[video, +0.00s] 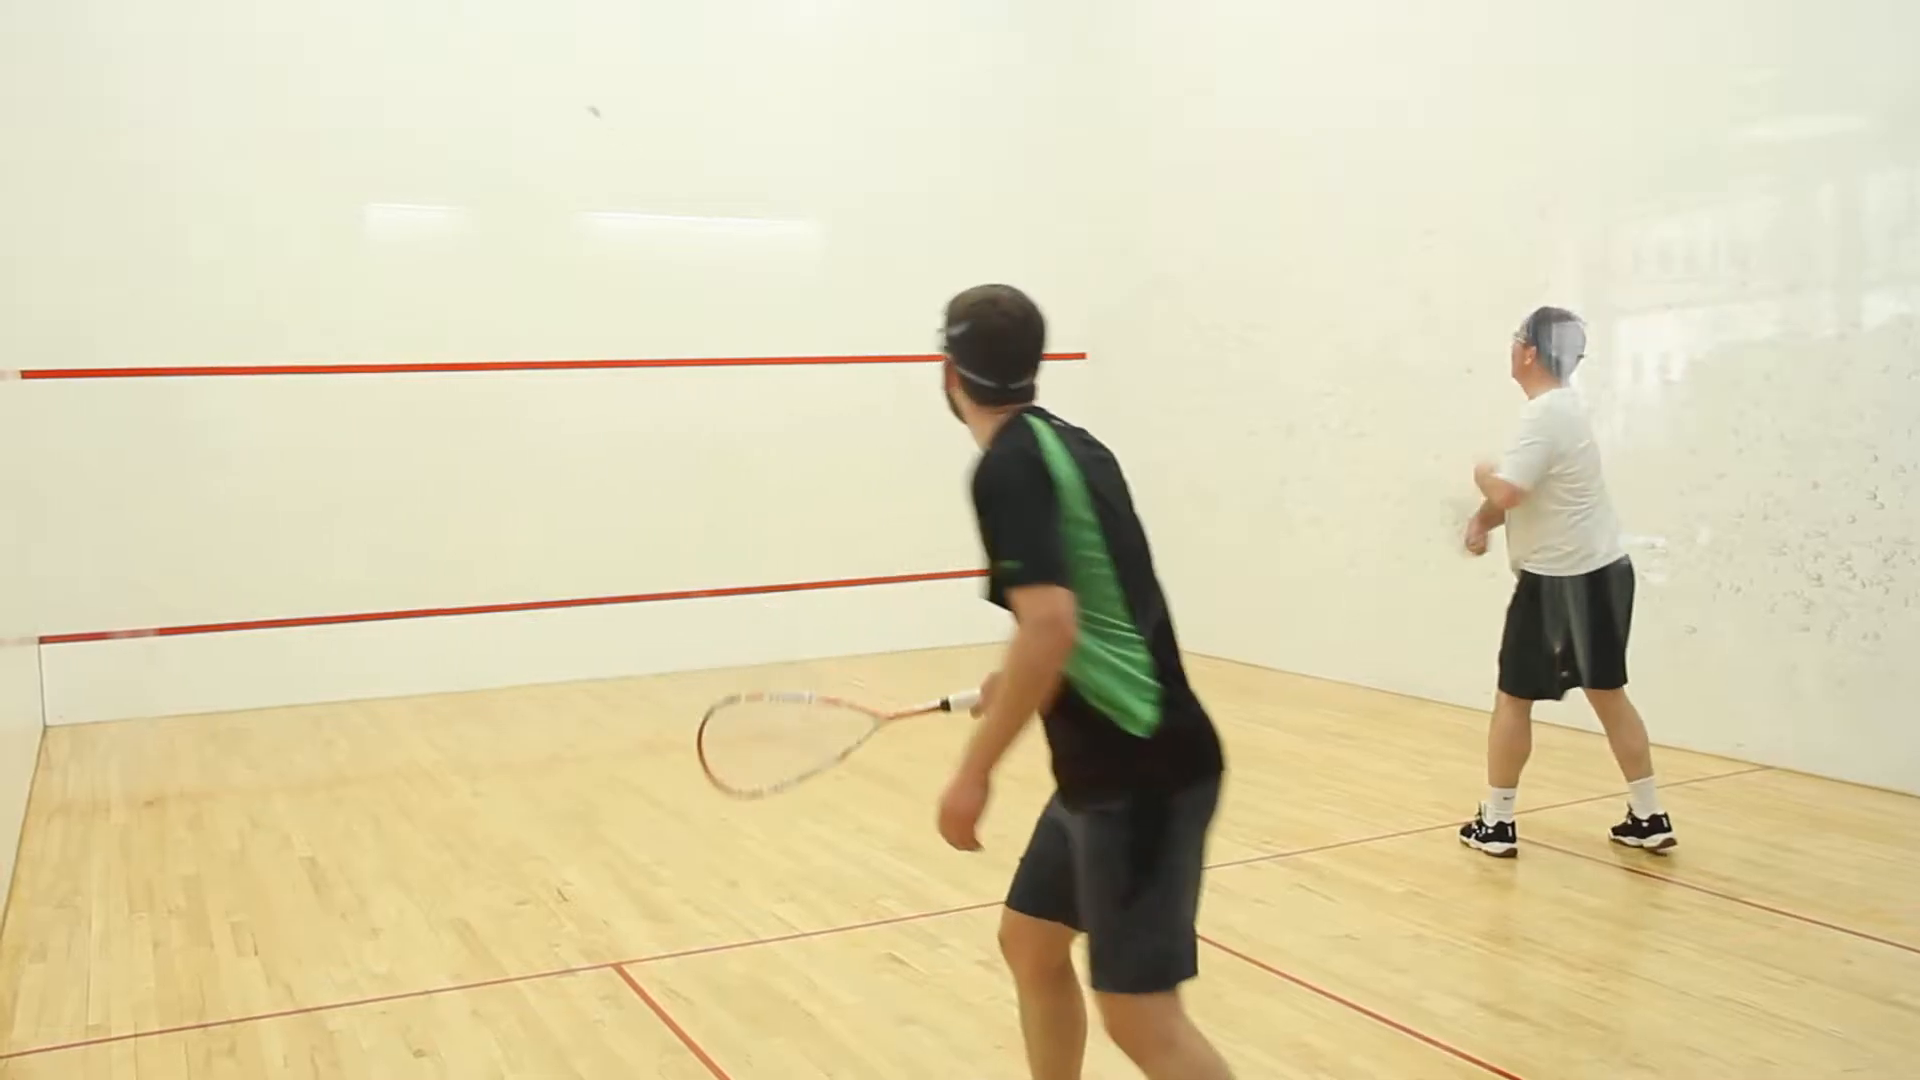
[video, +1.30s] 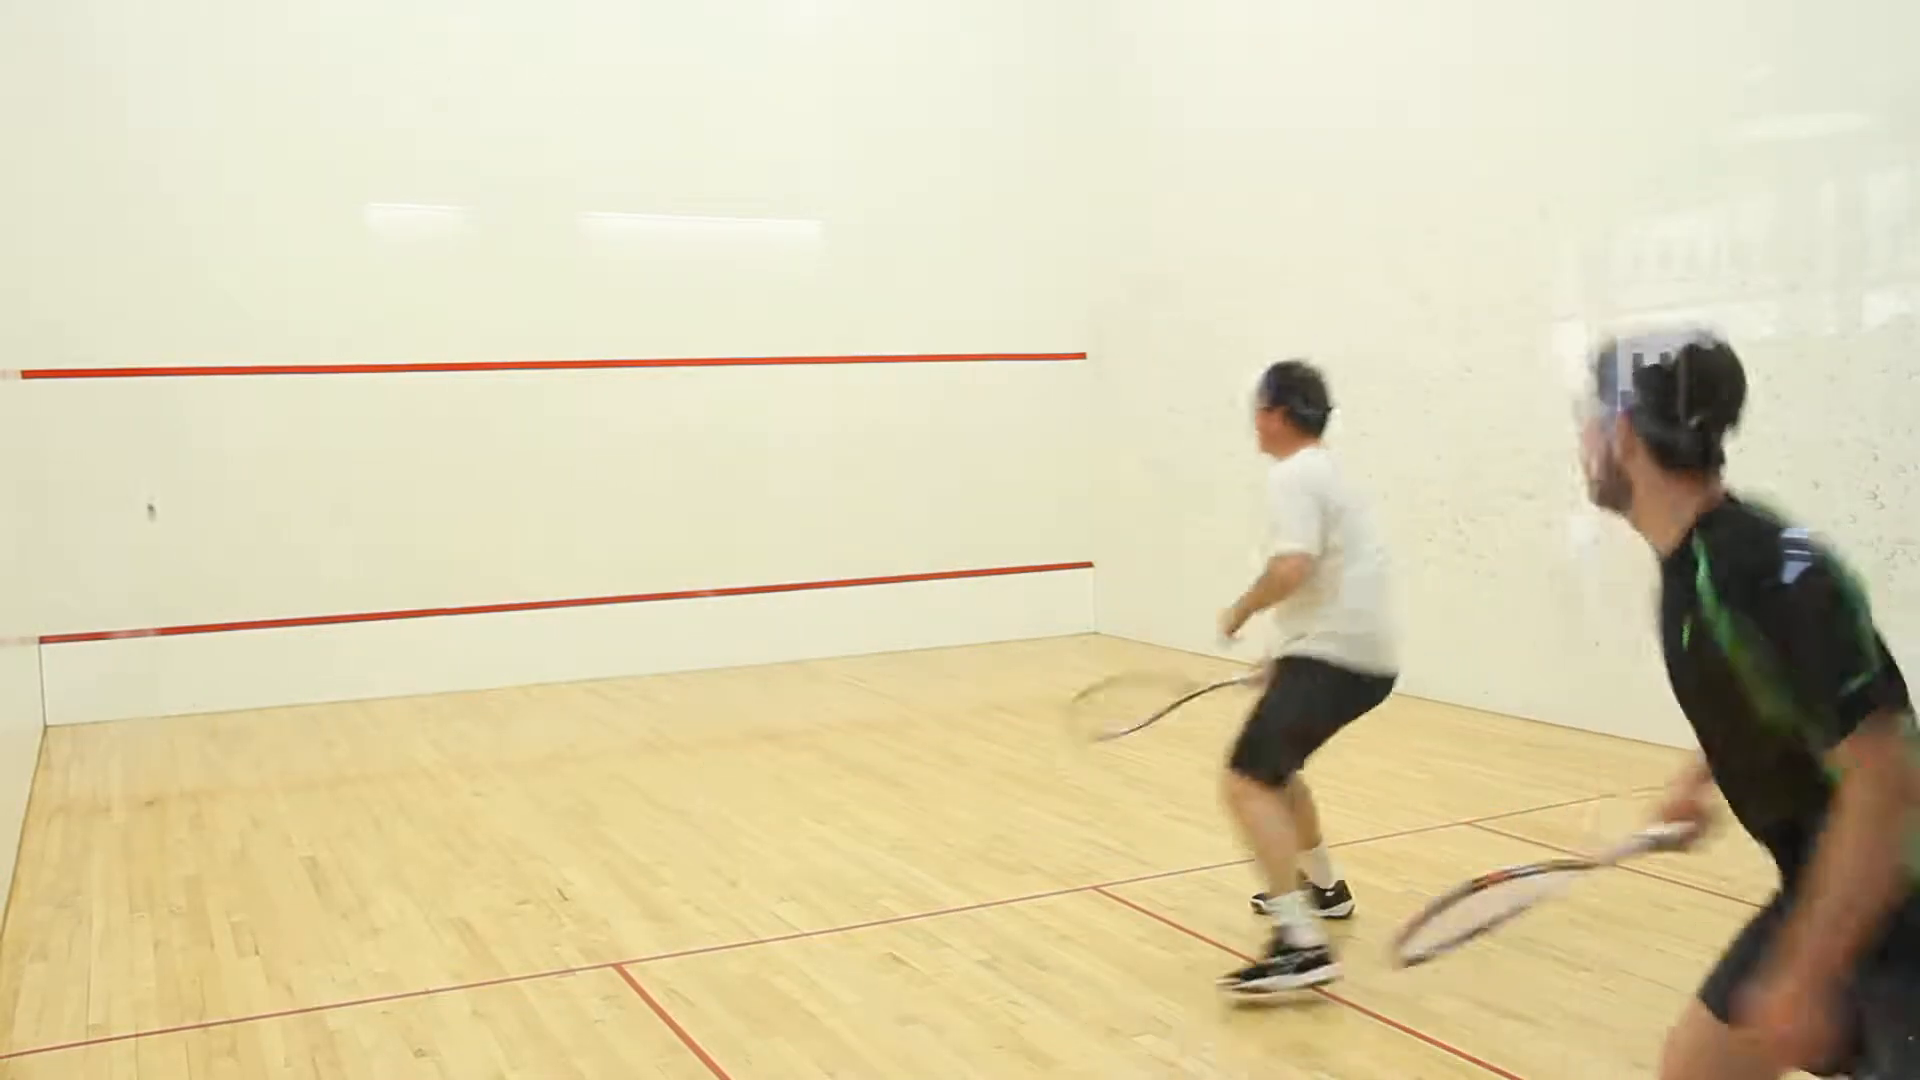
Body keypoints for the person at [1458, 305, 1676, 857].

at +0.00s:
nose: (1511, 352)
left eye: (1516, 343)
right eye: (1515, 343)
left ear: (1529, 353)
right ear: (1556, 356)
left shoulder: (1546, 417)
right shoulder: (1568, 407)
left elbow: (1505, 497)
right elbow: (1529, 480)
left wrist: (1484, 477)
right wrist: (1487, 519)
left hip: (1553, 580)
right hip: (1603, 573)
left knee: (1514, 698)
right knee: (1609, 693)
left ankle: (1497, 823)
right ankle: (1650, 816)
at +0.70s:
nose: (1456, 339)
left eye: (1469, 328)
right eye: (1453, 328)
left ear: (1506, 336)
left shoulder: (1501, 397)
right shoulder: (1522, 389)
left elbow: (1509, 483)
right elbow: (1562, 471)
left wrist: (1441, 498)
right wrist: (1571, 531)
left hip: (1523, 572)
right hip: (1544, 563)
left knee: (1525, 703)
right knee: (1547, 698)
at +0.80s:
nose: (1444, 367)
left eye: (1456, 355)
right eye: (1441, 355)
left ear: (1491, 361)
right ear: (1435, 356)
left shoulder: (1490, 421)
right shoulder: (1509, 414)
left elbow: (1499, 516)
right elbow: (1550, 505)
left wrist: (1426, 527)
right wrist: (1558, 569)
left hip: (1504, 601)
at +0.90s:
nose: (1419, 381)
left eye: (1430, 368)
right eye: (1415, 369)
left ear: (1467, 375)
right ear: (1414, 371)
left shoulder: (1473, 437)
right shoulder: (1463, 434)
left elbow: (1476, 532)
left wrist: (1404, 555)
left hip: (1478, 620)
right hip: (1467, 615)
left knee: (1425, 748)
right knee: (1426, 744)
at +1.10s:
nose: (1334, 376)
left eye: (1343, 365)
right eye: (1336, 365)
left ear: (1369, 372)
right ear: (1388, 374)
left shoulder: (1379, 432)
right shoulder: (1412, 428)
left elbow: (1374, 523)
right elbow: (1411, 525)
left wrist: (1334, 567)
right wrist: (1359, 563)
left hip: (1410, 616)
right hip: (1439, 610)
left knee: (1373, 763)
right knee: (1402, 756)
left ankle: (1447, 905)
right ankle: (1490, 833)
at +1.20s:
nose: (1291, 389)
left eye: (1298, 378)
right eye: (1294, 377)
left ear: (1322, 385)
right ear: (1343, 386)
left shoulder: (1332, 444)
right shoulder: (1373, 441)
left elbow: (1317, 532)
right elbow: (1374, 531)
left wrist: (1286, 580)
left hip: (1374, 623)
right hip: (1406, 622)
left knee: (1306, 762)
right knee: (1320, 754)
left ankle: (1390, 891)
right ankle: (1345, 873)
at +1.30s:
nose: (1255, 423)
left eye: (1260, 411)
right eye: (1257, 410)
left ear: (1280, 414)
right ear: (1310, 416)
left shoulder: (1297, 474)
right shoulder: (1334, 473)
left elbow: (1294, 565)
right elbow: (1344, 589)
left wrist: (1242, 608)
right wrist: (1285, 656)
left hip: (1334, 657)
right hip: (1364, 658)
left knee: (1247, 781)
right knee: (1275, 767)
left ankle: (1300, 943)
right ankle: (1322, 885)